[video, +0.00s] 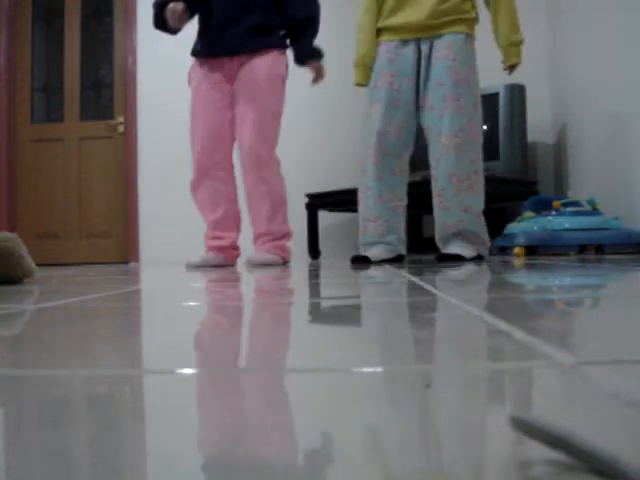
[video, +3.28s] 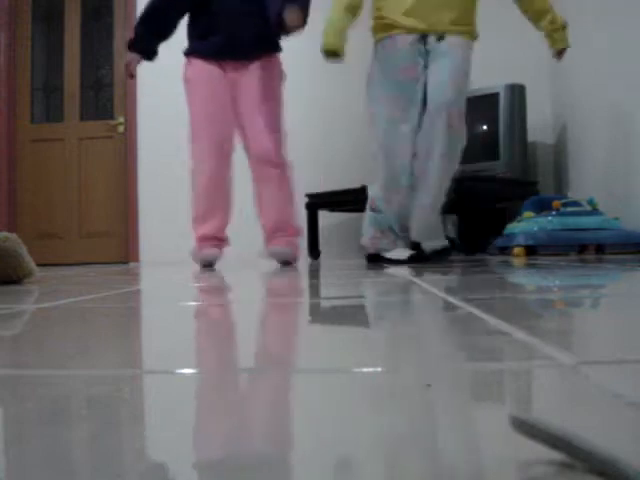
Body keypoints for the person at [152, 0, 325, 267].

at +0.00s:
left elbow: (301, 5)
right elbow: (163, 15)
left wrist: (305, 49)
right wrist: (170, 14)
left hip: (262, 55)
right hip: (209, 57)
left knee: (256, 151)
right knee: (208, 156)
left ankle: (272, 247)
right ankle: (221, 249)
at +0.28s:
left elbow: (293, 7)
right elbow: (187, 8)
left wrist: (291, 54)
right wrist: (205, 42)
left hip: (263, 54)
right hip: (214, 61)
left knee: (248, 154)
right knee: (204, 159)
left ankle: (270, 247)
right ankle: (220, 249)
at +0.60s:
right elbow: (203, 2)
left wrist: (321, 28)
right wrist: (211, 28)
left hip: (277, 52)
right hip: (224, 55)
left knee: (270, 149)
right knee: (218, 150)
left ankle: (274, 243)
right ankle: (224, 244)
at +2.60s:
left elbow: (310, 6)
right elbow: (200, 4)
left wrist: (313, 62)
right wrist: (215, 37)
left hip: (281, 55)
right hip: (225, 57)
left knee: (275, 158)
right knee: (223, 159)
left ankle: (277, 247)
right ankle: (222, 248)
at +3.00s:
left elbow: (315, 7)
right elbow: (199, 4)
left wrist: (324, 62)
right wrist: (198, 43)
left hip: (284, 60)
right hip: (229, 60)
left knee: (280, 158)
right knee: (232, 158)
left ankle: (282, 242)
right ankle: (222, 245)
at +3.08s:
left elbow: (309, 3)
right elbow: (186, 9)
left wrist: (322, 21)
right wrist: (165, 61)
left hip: (279, 67)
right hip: (227, 67)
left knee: (299, 154)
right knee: (241, 153)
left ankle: (294, 247)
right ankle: (211, 246)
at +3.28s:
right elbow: (170, 4)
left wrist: (293, 13)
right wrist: (140, 46)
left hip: (258, 60)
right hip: (206, 62)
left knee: (267, 153)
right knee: (209, 155)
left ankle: (282, 240)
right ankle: (208, 242)